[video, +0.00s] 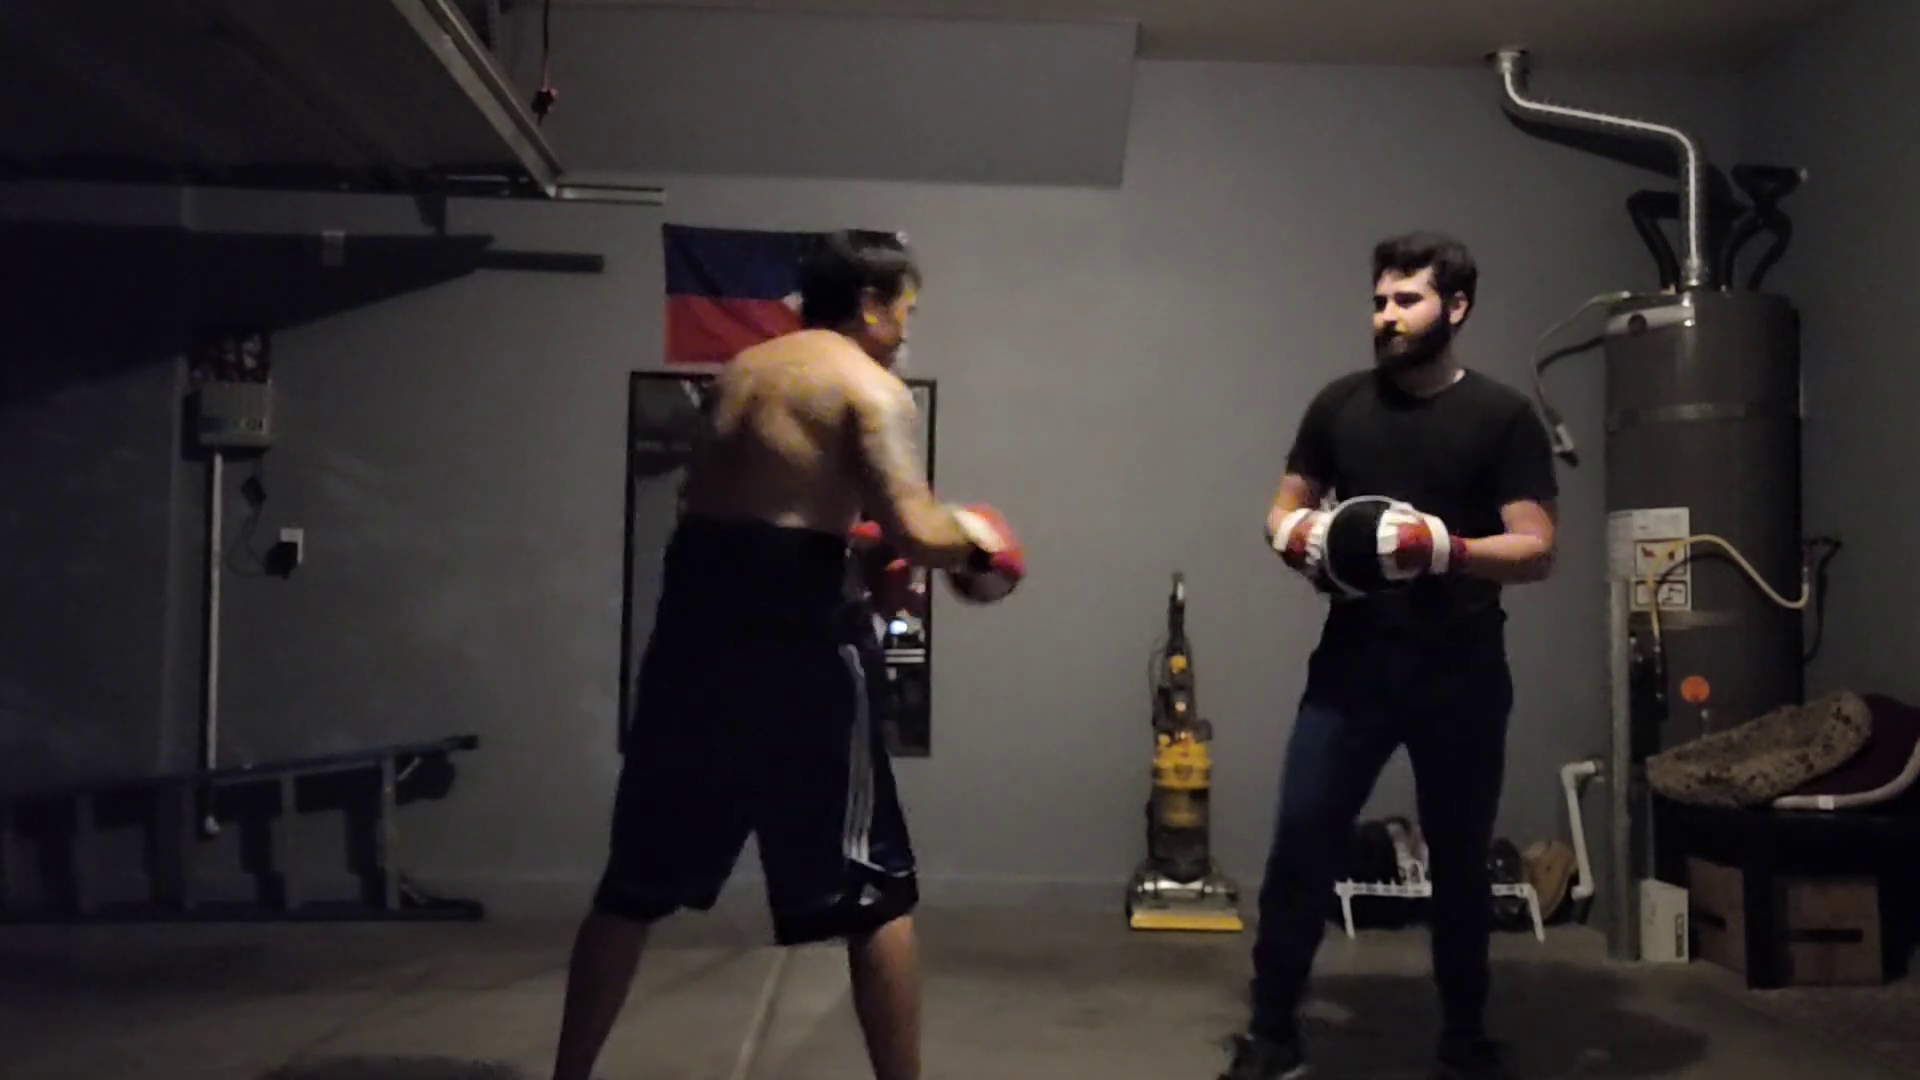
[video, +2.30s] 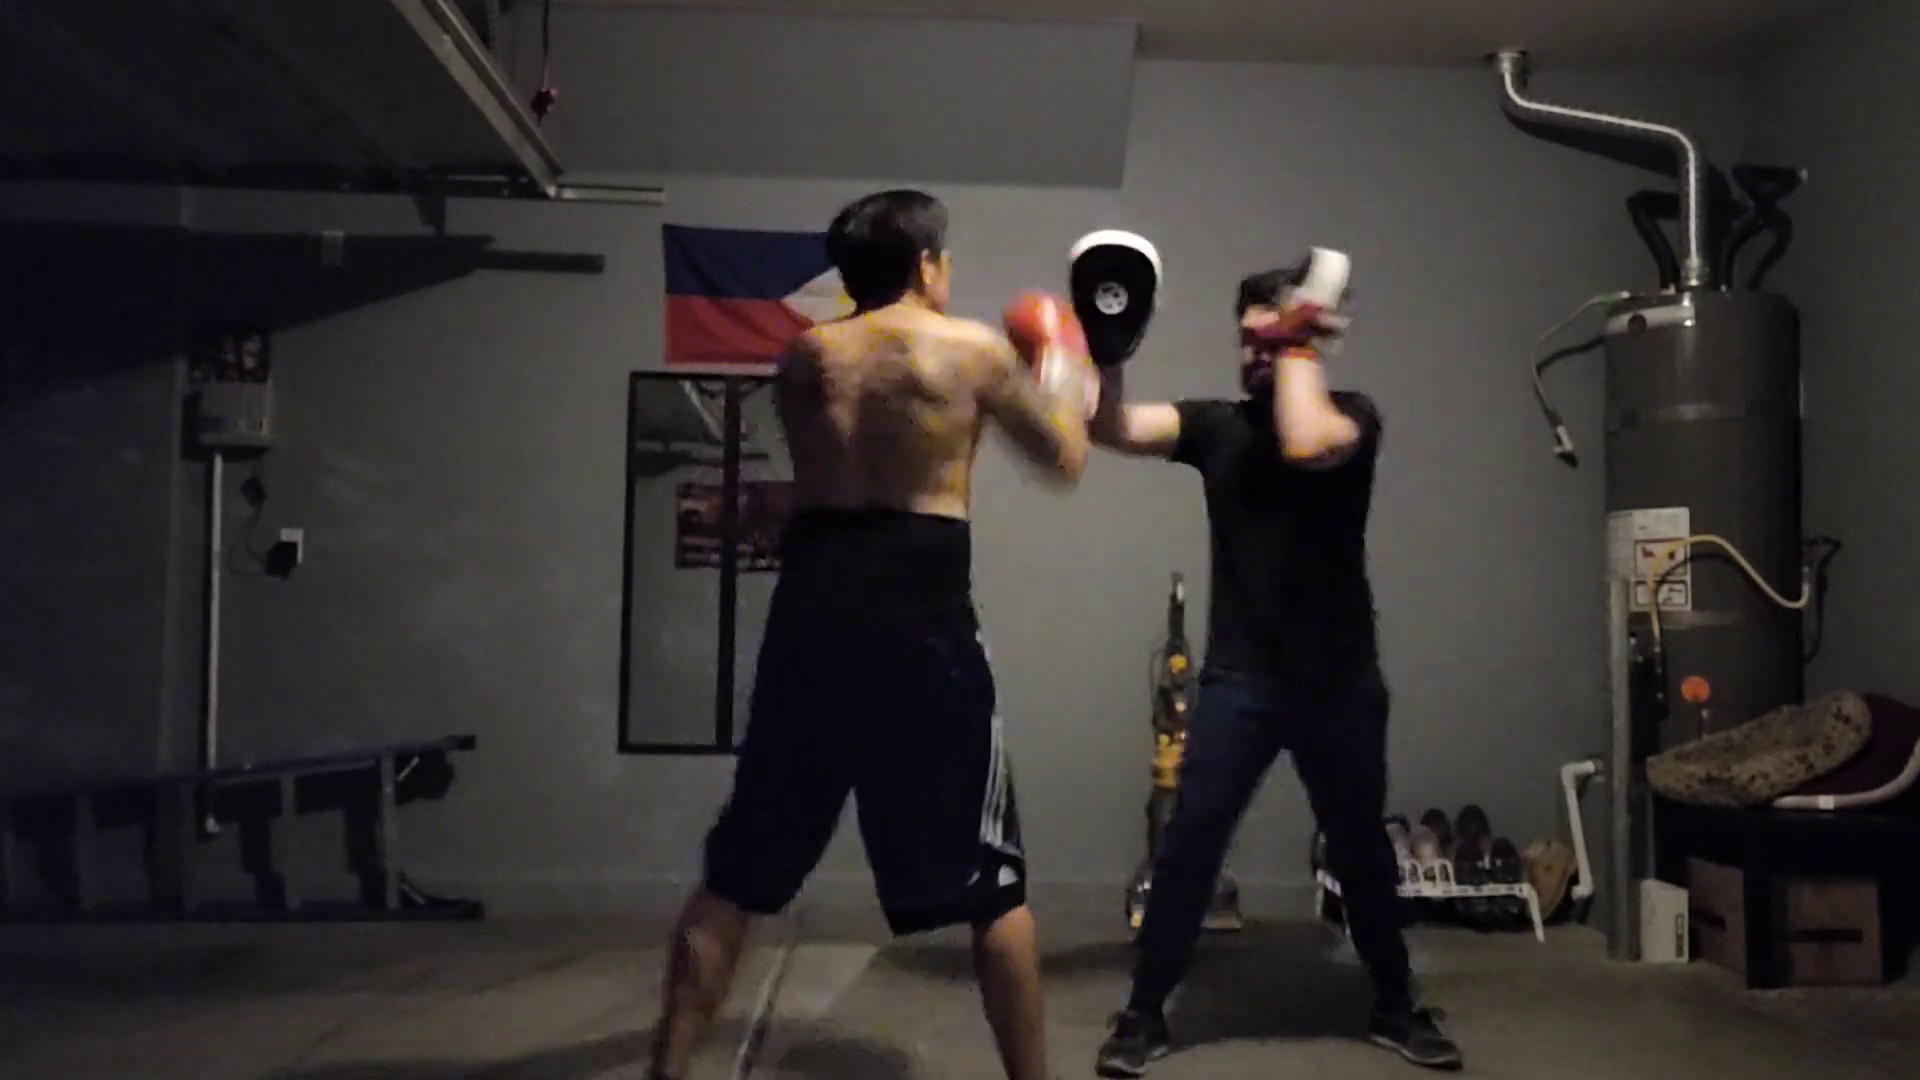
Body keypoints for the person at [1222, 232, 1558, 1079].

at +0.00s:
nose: (1387, 313)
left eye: (1407, 299)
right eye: (1380, 300)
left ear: (1457, 307)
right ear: (1374, 309)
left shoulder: (1504, 414)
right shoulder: (1339, 407)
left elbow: (1535, 543)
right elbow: (1285, 515)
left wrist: (1446, 549)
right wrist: (1302, 540)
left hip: (1460, 671)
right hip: (1354, 663)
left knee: (1459, 864)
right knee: (1299, 842)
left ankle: (1464, 1039)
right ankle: (1273, 1033)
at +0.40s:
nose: (1290, 317)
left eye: (1308, 301)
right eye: (1283, 304)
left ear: (1357, 310)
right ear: (1278, 315)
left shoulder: (1420, 410)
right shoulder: (1260, 431)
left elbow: (1481, 530)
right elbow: (1223, 539)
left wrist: (1398, 566)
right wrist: (1206, 588)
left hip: (1426, 675)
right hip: (1316, 681)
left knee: (1463, 858)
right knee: (1293, 864)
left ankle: (1466, 1035)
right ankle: (1280, 1042)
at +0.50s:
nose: (1291, 316)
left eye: (1308, 301)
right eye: (1283, 304)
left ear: (1357, 311)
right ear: (1278, 317)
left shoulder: (1417, 407)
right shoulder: (1264, 424)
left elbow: (1461, 516)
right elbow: (1198, 524)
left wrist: (1363, 497)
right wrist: (1163, 540)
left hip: (1425, 677)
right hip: (1316, 679)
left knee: (1464, 858)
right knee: (1292, 864)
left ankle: (1469, 1023)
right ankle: (1280, 1044)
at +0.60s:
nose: (1306, 316)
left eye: (1323, 301)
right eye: (1297, 306)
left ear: (1371, 309)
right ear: (1290, 318)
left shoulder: (1420, 393)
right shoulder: (1277, 413)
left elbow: (1444, 469)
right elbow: (1176, 486)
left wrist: (1349, 400)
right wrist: (1149, 436)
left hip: (1426, 673)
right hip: (1319, 676)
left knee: (1463, 861)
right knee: (1294, 870)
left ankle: (1480, 1025)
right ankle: (1279, 1045)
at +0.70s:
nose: (1337, 320)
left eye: (1354, 303)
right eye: (1327, 309)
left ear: (1394, 310)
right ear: (1317, 323)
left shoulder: (1445, 392)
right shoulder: (1296, 411)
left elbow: (1435, 419)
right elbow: (1179, 431)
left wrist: (1376, 331)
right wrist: (1185, 353)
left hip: (1435, 673)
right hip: (1330, 676)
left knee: (1461, 864)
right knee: (1299, 860)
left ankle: (1480, 1034)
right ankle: (1281, 1043)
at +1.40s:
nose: (1296, 316)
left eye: (1315, 302)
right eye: (1286, 297)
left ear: (1346, 316)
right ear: (1262, 312)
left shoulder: (1382, 396)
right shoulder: (1241, 405)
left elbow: (1329, 429)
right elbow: (1125, 393)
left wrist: (1305, 334)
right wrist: (1134, 299)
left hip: (1375, 673)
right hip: (1270, 673)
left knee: (1421, 854)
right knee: (1227, 853)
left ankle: (1469, 1025)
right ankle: (1188, 1032)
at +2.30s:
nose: (1255, 354)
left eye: (1271, 339)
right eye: (1247, 341)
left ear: (1308, 341)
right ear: (1237, 346)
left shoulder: (1351, 415)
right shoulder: (1218, 422)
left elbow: (1307, 440)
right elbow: (1112, 426)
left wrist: (1299, 344)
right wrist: (1106, 351)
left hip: (1336, 679)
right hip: (1241, 676)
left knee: (1360, 847)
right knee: (1191, 836)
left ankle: (1396, 1006)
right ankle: (1143, 1013)